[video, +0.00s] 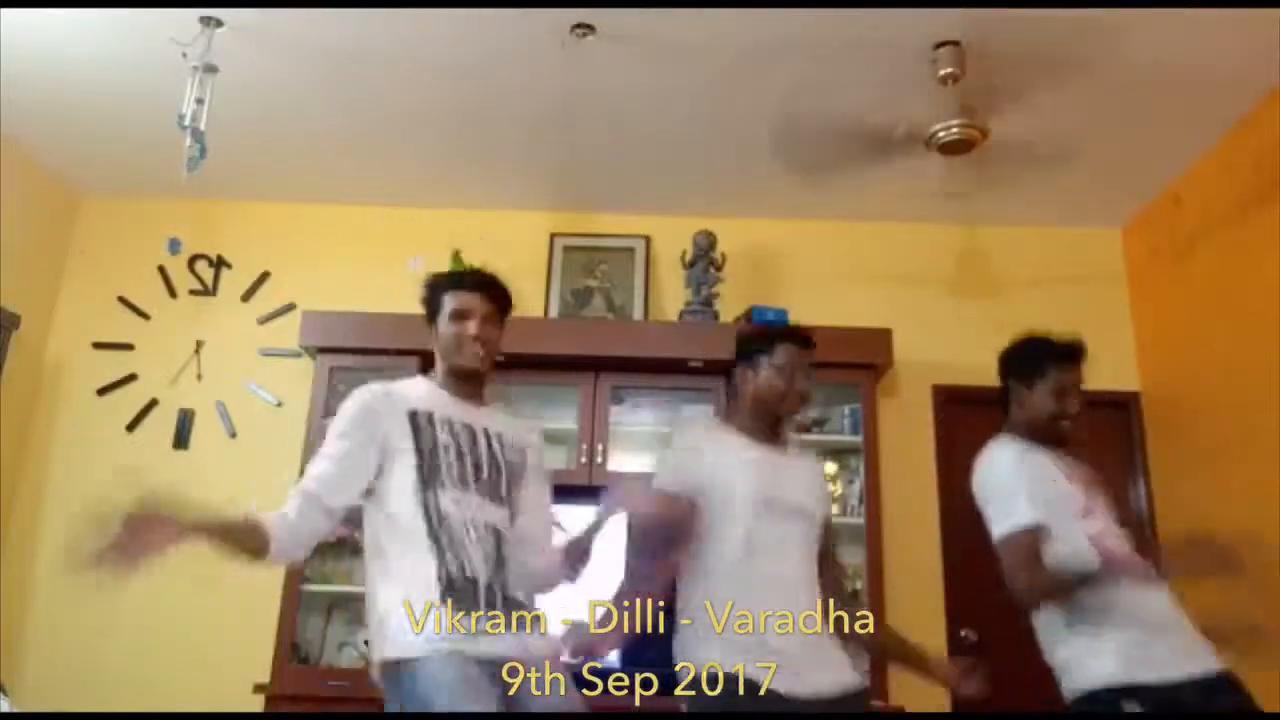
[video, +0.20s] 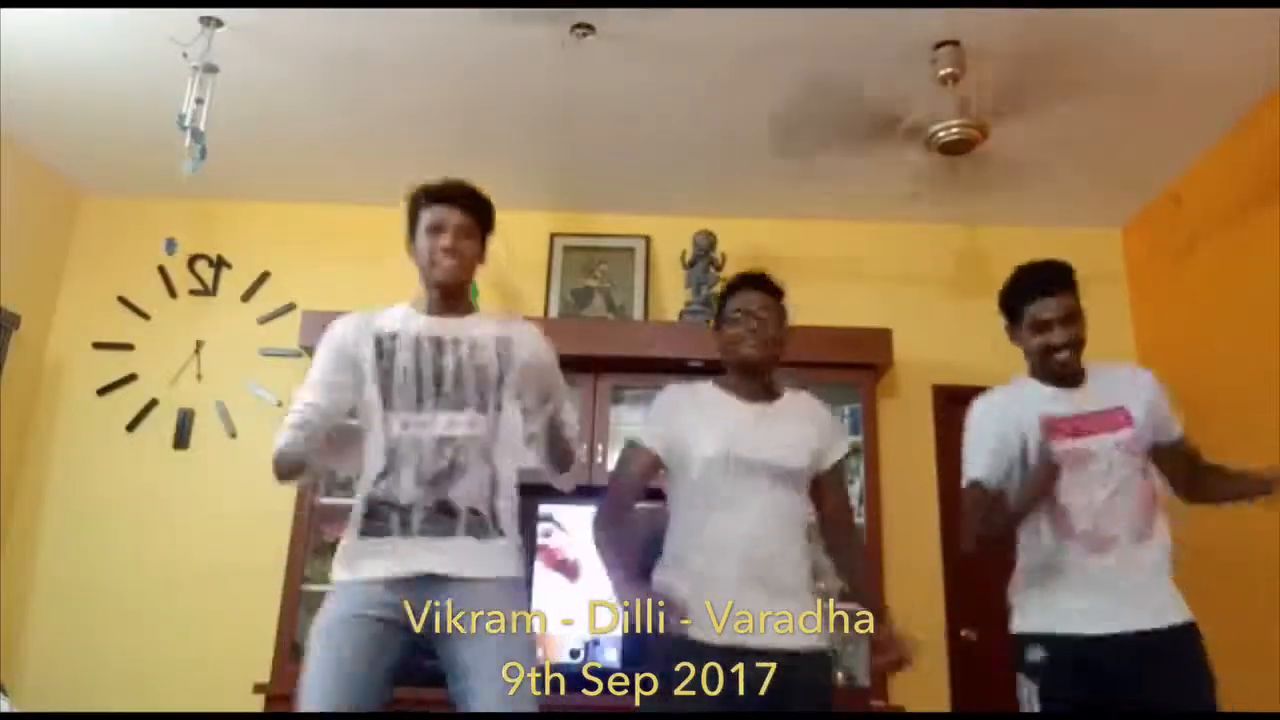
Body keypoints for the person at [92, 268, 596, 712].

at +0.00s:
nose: (478, 332)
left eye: (491, 321)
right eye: (462, 318)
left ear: (502, 337)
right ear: (432, 331)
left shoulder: (522, 442)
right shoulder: (380, 408)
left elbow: (529, 570)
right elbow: (298, 528)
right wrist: (192, 528)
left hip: (517, 644)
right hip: (428, 640)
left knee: (572, 703)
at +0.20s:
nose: (448, 243)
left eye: (464, 232)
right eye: (434, 230)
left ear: (483, 250)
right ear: (412, 246)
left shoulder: (520, 341)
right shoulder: (357, 335)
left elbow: (563, 461)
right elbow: (285, 462)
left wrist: (544, 397)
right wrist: (313, 434)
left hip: (483, 567)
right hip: (372, 563)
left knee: (507, 703)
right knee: (324, 703)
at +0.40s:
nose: (379, 310)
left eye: (397, 302)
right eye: (374, 301)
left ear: (431, 329)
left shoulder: (456, 423)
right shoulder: (317, 420)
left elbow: (499, 551)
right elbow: (306, 536)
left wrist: (427, 652)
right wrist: (313, 649)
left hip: (420, 666)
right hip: (331, 660)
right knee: (282, 708)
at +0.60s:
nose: (349, 272)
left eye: (367, 263)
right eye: (351, 262)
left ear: (411, 281)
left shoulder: (431, 362)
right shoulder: (330, 369)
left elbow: (451, 505)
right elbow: (312, 487)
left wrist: (357, 509)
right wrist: (276, 527)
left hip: (360, 608)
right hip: (284, 600)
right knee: (239, 704)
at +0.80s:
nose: (315, 261)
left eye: (330, 246)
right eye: (317, 249)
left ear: (376, 254)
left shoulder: (400, 339)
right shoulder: (328, 344)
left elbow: (401, 480)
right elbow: (273, 473)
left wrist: (326, 435)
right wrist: (169, 483)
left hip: (276, 556)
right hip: (230, 538)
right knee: (121, 697)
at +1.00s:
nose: (273, 331)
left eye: (292, 320)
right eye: (278, 320)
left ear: (336, 340)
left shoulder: (340, 422)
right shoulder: (283, 430)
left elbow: (339, 573)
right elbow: (248, 545)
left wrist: (364, 550)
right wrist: (178, 571)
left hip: (223, 635)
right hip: (167, 621)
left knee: (129, 709)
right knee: (73, 707)